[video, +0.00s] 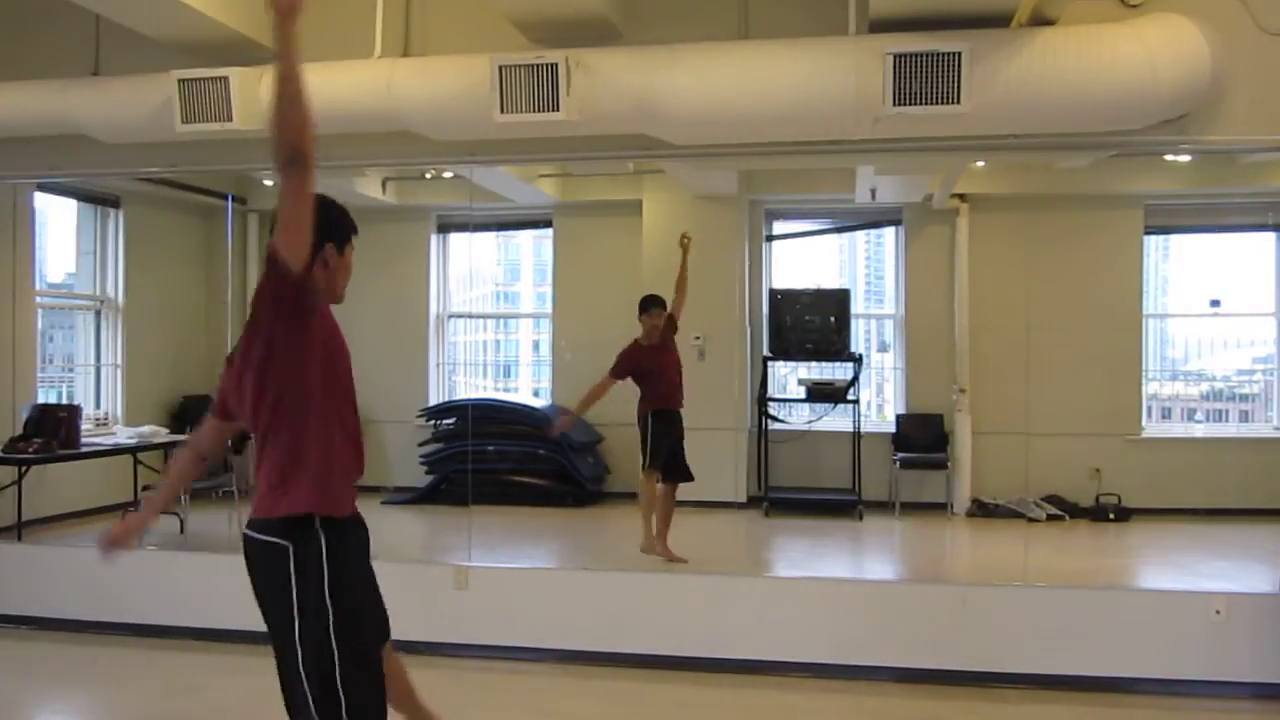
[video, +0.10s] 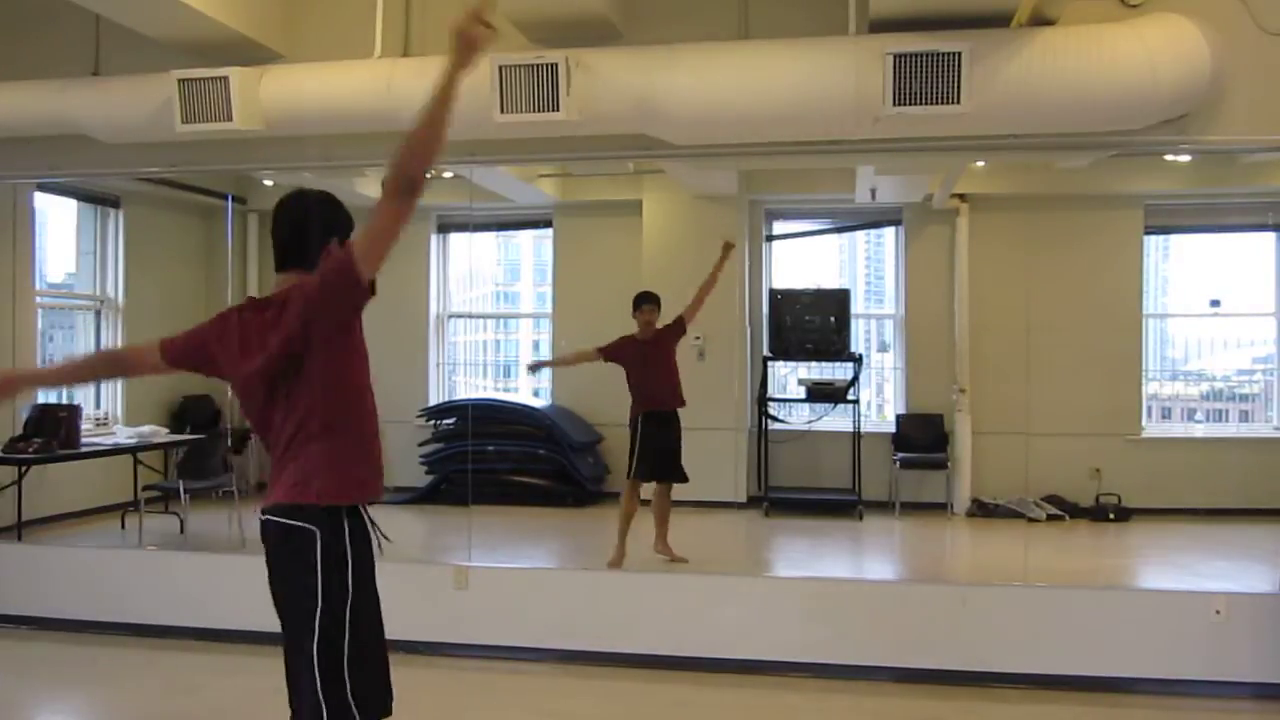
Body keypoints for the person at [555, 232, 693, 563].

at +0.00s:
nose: (659, 324)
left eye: (662, 319)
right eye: (653, 319)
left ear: (666, 319)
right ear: (641, 319)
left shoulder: (667, 336)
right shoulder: (632, 354)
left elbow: (679, 295)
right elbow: (603, 386)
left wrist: (685, 255)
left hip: (673, 414)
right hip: (652, 414)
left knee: (671, 479)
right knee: (651, 474)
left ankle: (662, 541)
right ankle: (648, 538)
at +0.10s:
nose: (649, 316)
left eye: (653, 311)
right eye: (644, 312)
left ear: (658, 314)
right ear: (635, 315)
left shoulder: (668, 337)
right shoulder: (625, 345)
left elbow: (698, 301)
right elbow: (586, 355)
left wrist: (722, 260)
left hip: (668, 418)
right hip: (643, 419)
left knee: (665, 484)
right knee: (634, 483)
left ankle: (662, 542)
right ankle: (620, 547)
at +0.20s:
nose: (639, 317)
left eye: (644, 312)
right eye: (634, 312)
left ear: (652, 315)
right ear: (627, 316)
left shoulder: (665, 343)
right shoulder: (615, 345)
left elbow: (705, 327)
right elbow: (581, 329)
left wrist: (747, 305)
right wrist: (556, 312)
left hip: (659, 422)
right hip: (629, 423)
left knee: (662, 484)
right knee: (620, 489)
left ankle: (664, 539)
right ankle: (609, 550)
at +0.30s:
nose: (632, 319)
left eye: (639, 314)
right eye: (628, 314)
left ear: (648, 319)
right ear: (622, 318)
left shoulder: (660, 350)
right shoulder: (610, 344)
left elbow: (698, 359)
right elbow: (586, 310)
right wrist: (583, 272)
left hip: (650, 427)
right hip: (617, 427)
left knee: (663, 491)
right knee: (613, 494)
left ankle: (671, 541)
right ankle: (613, 554)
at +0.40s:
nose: (633, 324)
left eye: (639, 321)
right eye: (630, 320)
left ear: (648, 326)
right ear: (622, 323)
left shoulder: (655, 359)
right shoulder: (612, 346)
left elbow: (677, 398)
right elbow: (594, 306)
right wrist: (611, 272)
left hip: (648, 431)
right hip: (618, 430)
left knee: (653, 498)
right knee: (614, 498)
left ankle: (668, 553)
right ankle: (614, 556)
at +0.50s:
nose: (635, 336)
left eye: (641, 331)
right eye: (631, 331)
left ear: (651, 336)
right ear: (625, 334)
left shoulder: (656, 373)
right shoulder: (617, 358)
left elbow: (650, 422)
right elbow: (601, 318)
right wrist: (624, 303)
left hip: (646, 437)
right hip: (618, 436)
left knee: (642, 501)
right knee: (614, 502)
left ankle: (666, 554)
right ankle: (615, 558)